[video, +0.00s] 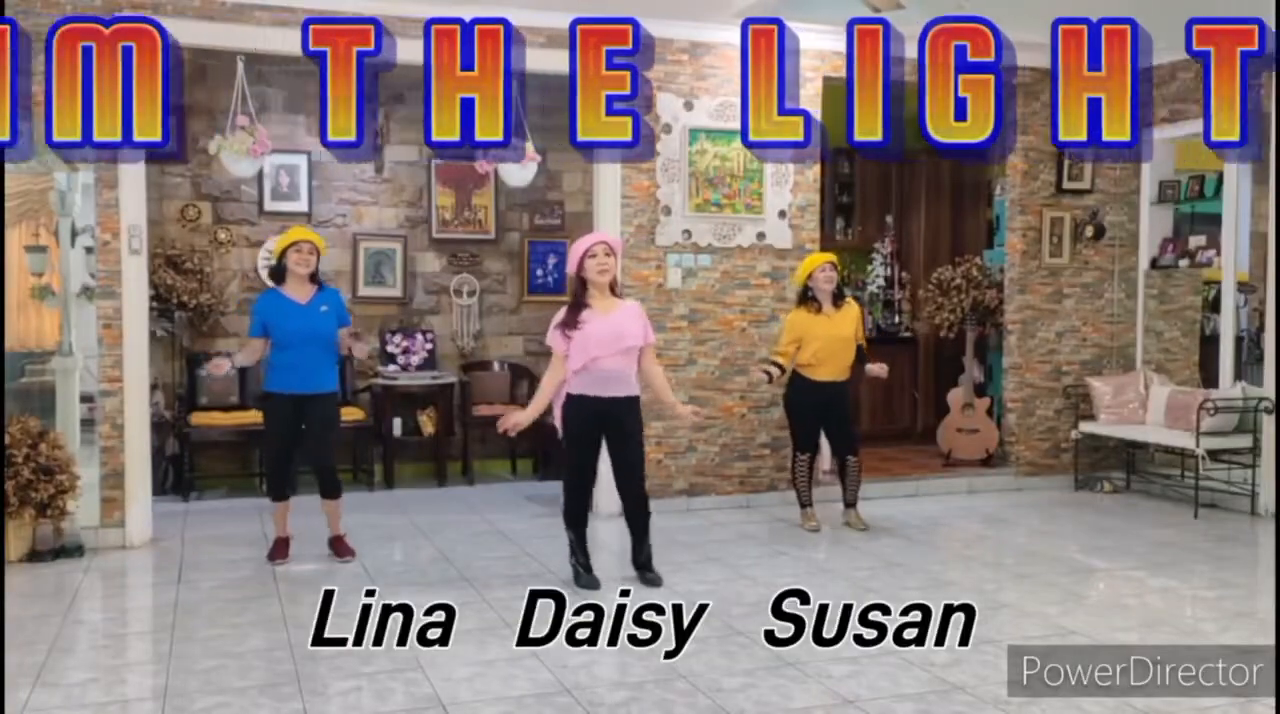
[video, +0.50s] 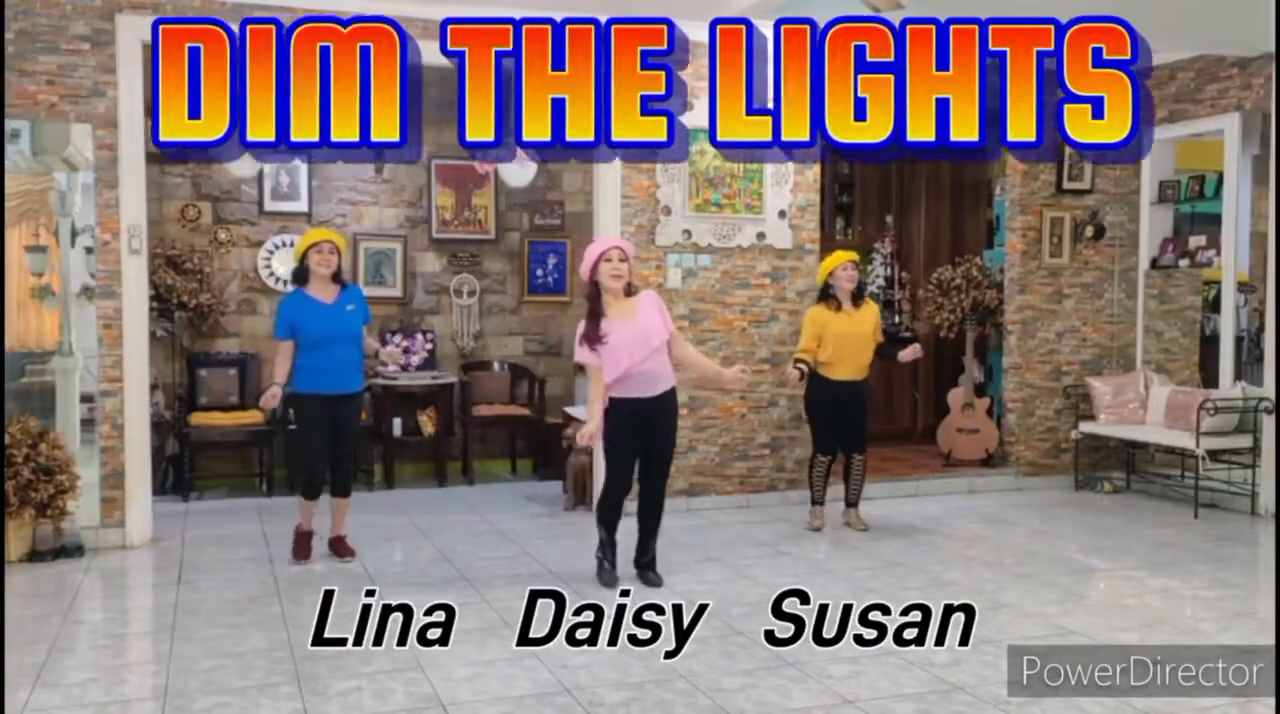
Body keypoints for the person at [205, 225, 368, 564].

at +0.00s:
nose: (304, 257)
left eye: (310, 252)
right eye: (297, 251)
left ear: (318, 260)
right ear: (283, 257)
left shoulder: (332, 298)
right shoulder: (267, 301)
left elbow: (344, 341)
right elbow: (256, 347)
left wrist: (355, 347)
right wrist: (231, 361)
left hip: (323, 395)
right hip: (280, 396)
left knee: (325, 463)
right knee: (278, 465)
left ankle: (337, 535)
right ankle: (281, 537)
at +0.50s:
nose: (325, 257)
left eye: (331, 252)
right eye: (318, 252)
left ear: (339, 259)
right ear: (306, 259)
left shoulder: (354, 296)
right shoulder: (292, 303)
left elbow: (363, 338)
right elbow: (284, 351)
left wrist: (379, 351)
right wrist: (277, 385)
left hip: (348, 395)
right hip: (308, 396)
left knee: (343, 466)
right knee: (312, 467)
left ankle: (338, 535)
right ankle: (304, 531)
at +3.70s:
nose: (290, 255)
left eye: (296, 250)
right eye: (283, 250)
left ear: (306, 259)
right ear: (271, 259)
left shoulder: (313, 304)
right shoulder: (255, 294)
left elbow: (314, 353)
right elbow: (211, 325)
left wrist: (341, 355)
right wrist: (223, 360)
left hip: (298, 397)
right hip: (255, 395)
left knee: (311, 465)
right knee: (254, 469)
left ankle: (323, 537)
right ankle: (255, 541)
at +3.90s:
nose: (278, 254)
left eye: (284, 250)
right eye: (271, 250)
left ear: (296, 259)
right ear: (261, 259)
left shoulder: (306, 305)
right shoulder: (242, 293)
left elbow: (303, 355)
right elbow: (200, 323)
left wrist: (321, 362)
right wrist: (196, 358)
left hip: (287, 396)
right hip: (243, 395)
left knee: (298, 463)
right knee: (248, 468)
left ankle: (296, 534)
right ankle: (253, 541)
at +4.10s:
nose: (267, 255)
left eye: (275, 249)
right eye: (261, 250)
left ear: (288, 257)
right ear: (253, 259)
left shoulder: (303, 304)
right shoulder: (238, 294)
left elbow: (305, 345)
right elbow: (210, 328)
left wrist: (306, 360)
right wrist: (188, 352)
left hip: (282, 396)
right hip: (239, 394)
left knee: (283, 466)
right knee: (245, 467)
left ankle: (274, 541)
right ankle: (253, 543)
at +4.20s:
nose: (264, 255)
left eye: (271, 249)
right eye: (258, 251)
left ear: (285, 256)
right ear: (251, 259)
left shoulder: (305, 304)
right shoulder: (237, 295)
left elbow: (309, 347)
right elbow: (219, 338)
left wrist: (304, 362)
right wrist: (189, 350)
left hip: (281, 396)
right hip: (238, 394)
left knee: (283, 466)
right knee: (244, 468)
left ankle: (275, 539)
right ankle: (253, 542)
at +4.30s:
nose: (262, 257)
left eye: (270, 251)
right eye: (256, 252)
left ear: (284, 259)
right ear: (249, 260)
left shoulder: (304, 305)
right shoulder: (236, 300)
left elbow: (312, 348)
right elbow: (222, 347)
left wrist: (304, 363)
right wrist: (192, 348)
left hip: (281, 397)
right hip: (237, 396)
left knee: (286, 466)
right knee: (244, 469)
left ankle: (282, 532)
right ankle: (253, 541)